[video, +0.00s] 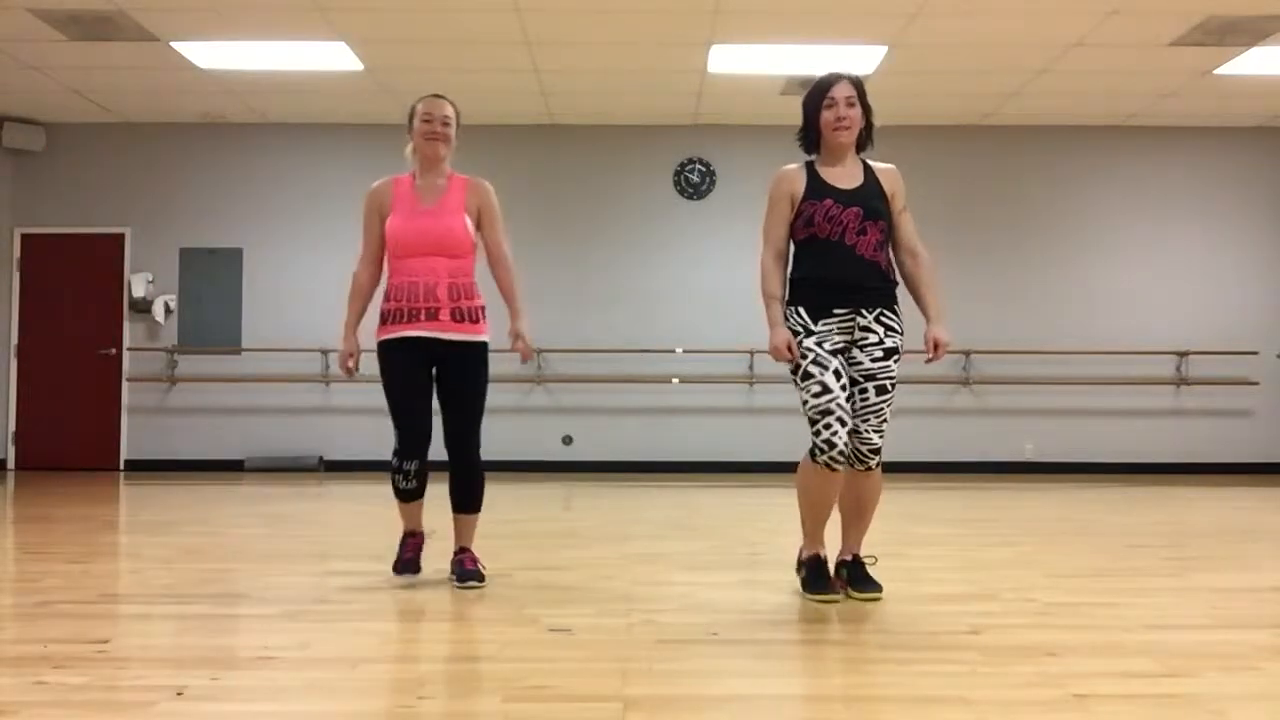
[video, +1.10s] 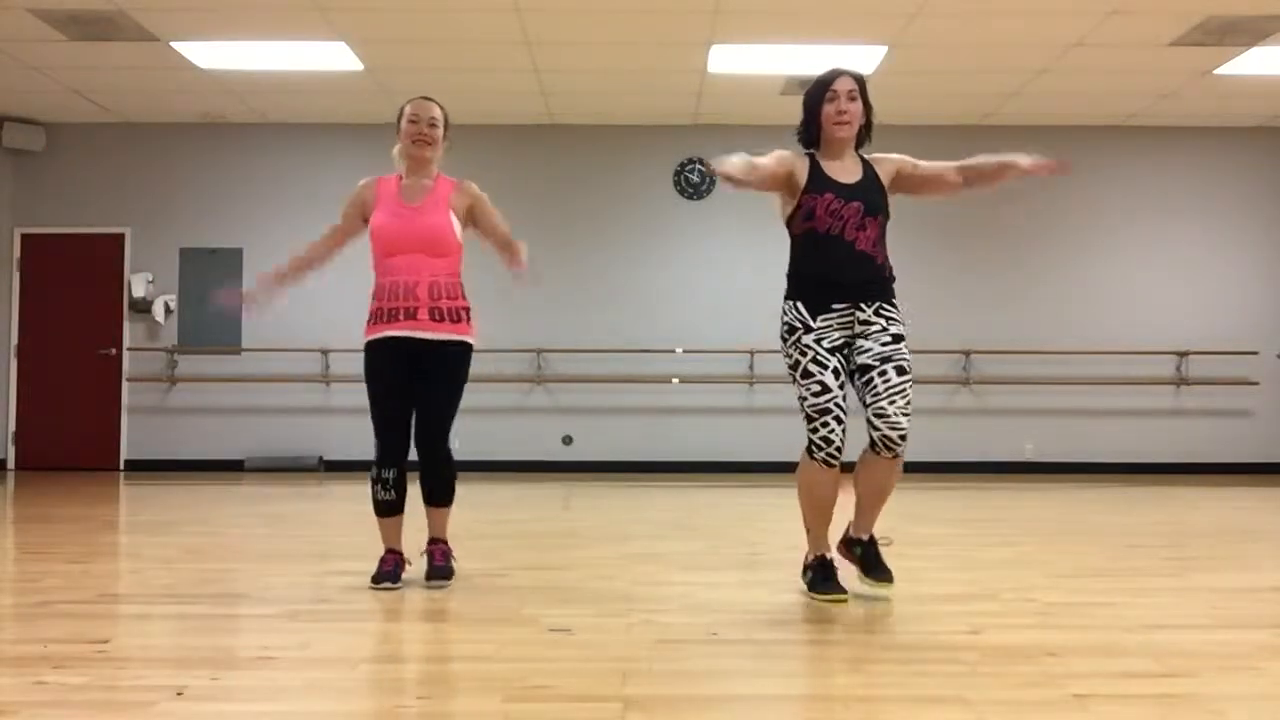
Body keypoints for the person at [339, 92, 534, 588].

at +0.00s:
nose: (436, 127)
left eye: (445, 121)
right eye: (427, 119)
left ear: (456, 135)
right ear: (409, 131)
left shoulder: (476, 192)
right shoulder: (384, 194)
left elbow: (499, 257)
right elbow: (369, 267)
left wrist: (517, 319)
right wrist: (350, 330)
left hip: (463, 334)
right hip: (401, 334)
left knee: (463, 443)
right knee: (412, 439)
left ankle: (465, 550)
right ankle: (410, 536)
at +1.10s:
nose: (422, 128)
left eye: (432, 123)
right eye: (413, 120)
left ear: (444, 138)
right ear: (397, 132)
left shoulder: (463, 194)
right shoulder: (373, 192)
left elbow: (505, 241)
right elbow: (326, 246)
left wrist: (515, 255)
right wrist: (276, 279)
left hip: (447, 336)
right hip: (388, 335)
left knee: (433, 441)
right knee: (390, 447)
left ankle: (438, 544)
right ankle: (392, 552)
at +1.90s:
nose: (423, 128)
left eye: (432, 122)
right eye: (414, 121)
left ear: (446, 136)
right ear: (400, 133)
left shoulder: (463, 188)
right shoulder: (374, 186)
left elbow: (519, 189)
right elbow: (300, 195)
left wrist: (528, 182)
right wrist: (238, 200)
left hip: (446, 337)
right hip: (387, 335)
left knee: (437, 445)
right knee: (390, 449)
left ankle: (436, 550)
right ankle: (396, 552)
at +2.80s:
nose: (413, 126)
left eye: (422, 121)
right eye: (404, 120)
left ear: (436, 136)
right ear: (390, 132)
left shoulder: (454, 184)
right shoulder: (367, 184)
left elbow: (527, 184)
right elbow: (299, 186)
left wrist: (594, 183)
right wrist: (312, 162)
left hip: (444, 335)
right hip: (386, 334)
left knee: (437, 445)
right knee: (391, 447)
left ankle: (430, 550)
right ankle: (397, 552)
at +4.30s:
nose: (416, 138)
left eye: (426, 132)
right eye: (408, 132)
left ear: (441, 144)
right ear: (395, 143)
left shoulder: (462, 191)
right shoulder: (376, 191)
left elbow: (533, 186)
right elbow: (303, 183)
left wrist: (541, 136)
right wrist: (345, 145)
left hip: (453, 339)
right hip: (393, 338)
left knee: (447, 448)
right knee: (397, 447)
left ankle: (433, 548)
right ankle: (397, 543)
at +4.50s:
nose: (416, 133)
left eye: (426, 128)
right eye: (407, 126)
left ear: (440, 141)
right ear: (395, 139)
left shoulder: (458, 187)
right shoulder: (375, 188)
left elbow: (512, 142)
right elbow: (311, 155)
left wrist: (462, 107)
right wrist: (366, 118)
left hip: (449, 337)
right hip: (390, 336)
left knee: (440, 444)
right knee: (395, 447)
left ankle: (433, 549)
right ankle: (402, 550)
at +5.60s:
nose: (413, 134)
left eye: (423, 128)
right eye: (405, 129)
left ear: (439, 141)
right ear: (393, 141)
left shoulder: (457, 187)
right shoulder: (378, 186)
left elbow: (499, 125)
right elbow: (333, 124)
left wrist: (540, 68)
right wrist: (289, 71)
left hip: (442, 338)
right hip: (384, 334)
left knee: (428, 446)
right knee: (391, 446)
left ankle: (430, 547)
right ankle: (400, 550)